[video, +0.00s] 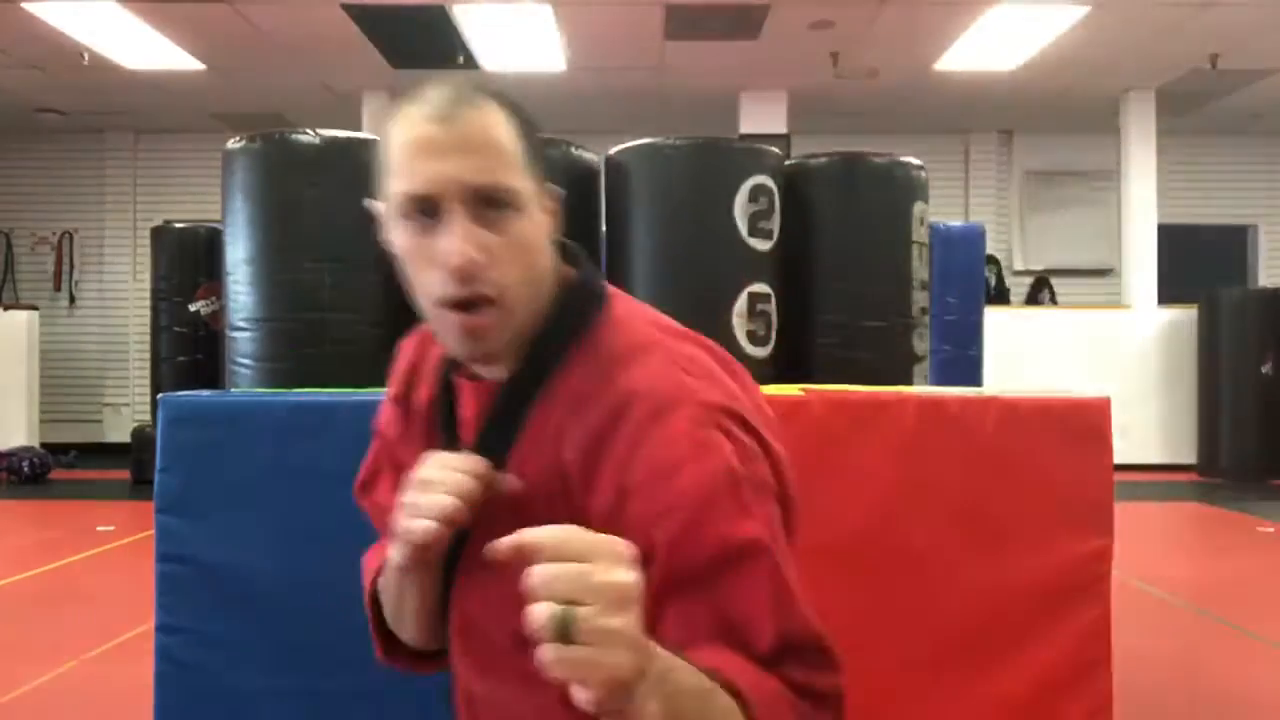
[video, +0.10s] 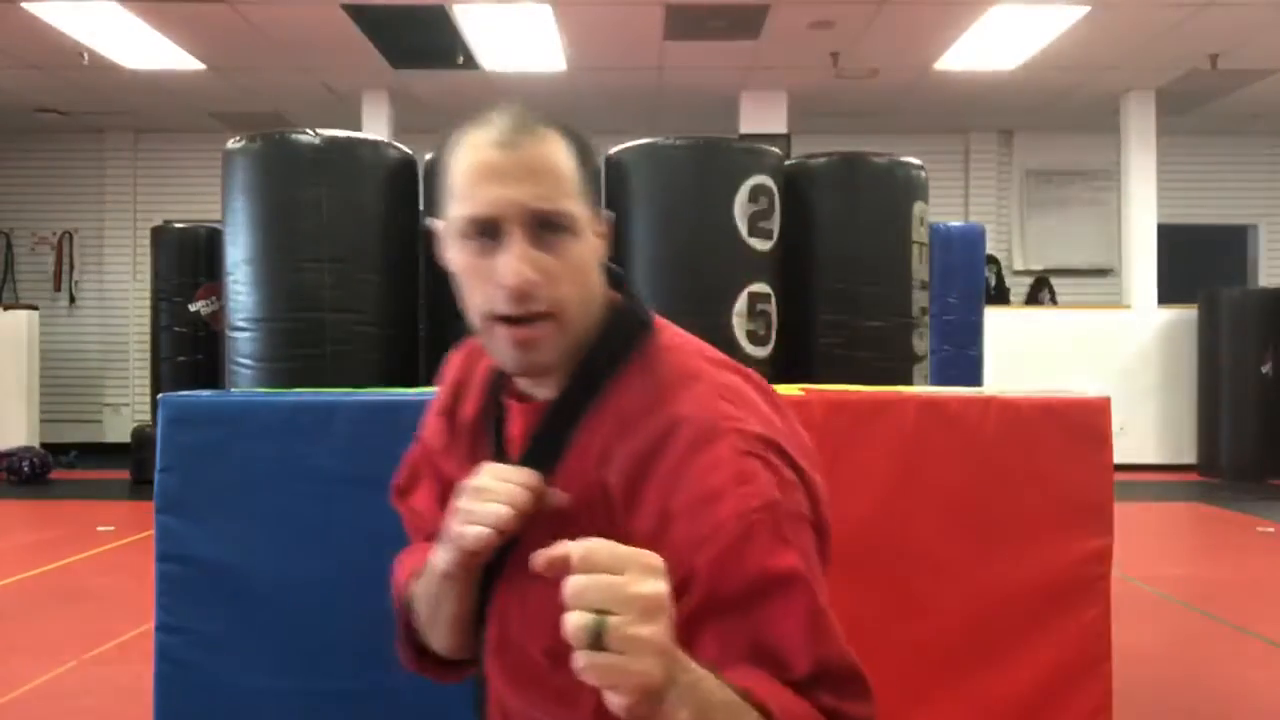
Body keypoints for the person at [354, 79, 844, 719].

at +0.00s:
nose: (460, 255)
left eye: (492, 208)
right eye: (423, 214)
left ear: (550, 215)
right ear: (386, 235)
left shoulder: (672, 410)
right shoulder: (425, 367)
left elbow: (790, 698)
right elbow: (415, 635)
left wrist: (645, 677)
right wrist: (414, 566)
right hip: (491, 706)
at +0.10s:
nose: (518, 274)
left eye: (550, 230)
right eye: (484, 236)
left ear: (603, 238)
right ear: (443, 252)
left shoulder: (712, 435)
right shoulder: (472, 379)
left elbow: (806, 702)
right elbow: (439, 644)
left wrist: (675, 683)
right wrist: (450, 566)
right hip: (520, 706)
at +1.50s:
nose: (695, 261)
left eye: (727, 228)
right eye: (668, 226)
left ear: (769, 245)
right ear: (628, 241)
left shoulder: (846, 431)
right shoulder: (603, 385)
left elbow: (921, 704)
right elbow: (533, 621)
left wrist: (816, 625)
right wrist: (570, 543)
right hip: (592, 704)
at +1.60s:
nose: (695, 264)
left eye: (728, 230)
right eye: (669, 228)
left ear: (770, 246)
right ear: (630, 242)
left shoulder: (847, 433)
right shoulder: (604, 384)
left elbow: (920, 704)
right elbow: (531, 619)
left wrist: (817, 626)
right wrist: (569, 541)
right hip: (591, 703)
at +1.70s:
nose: (693, 260)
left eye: (726, 228)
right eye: (668, 225)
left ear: (769, 245)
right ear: (628, 240)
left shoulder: (847, 434)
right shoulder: (605, 385)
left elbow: (920, 702)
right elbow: (536, 622)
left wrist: (817, 630)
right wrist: (571, 542)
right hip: (591, 702)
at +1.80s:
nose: (693, 261)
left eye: (725, 229)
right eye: (667, 226)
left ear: (769, 246)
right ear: (627, 239)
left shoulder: (847, 433)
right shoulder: (604, 388)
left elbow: (916, 706)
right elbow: (538, 625)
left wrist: (818, 629)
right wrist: (574, 544)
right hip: (595, 707)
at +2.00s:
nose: (691, 263)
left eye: (723, 231)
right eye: (665, 228)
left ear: (767, 244)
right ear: (625, 241)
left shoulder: (846, 434)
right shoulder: (605, 388)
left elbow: (913, 706)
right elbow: (538, 625)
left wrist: (816, 630)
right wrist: (572, 545)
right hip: (594, 707)